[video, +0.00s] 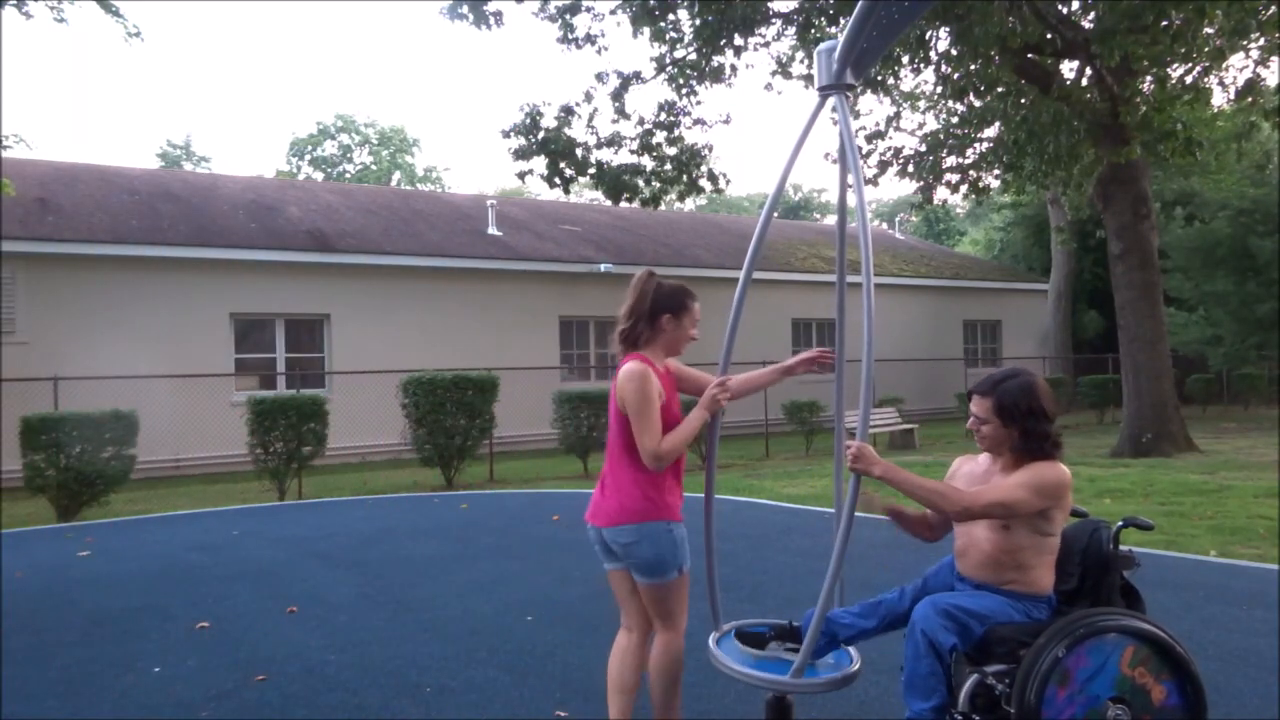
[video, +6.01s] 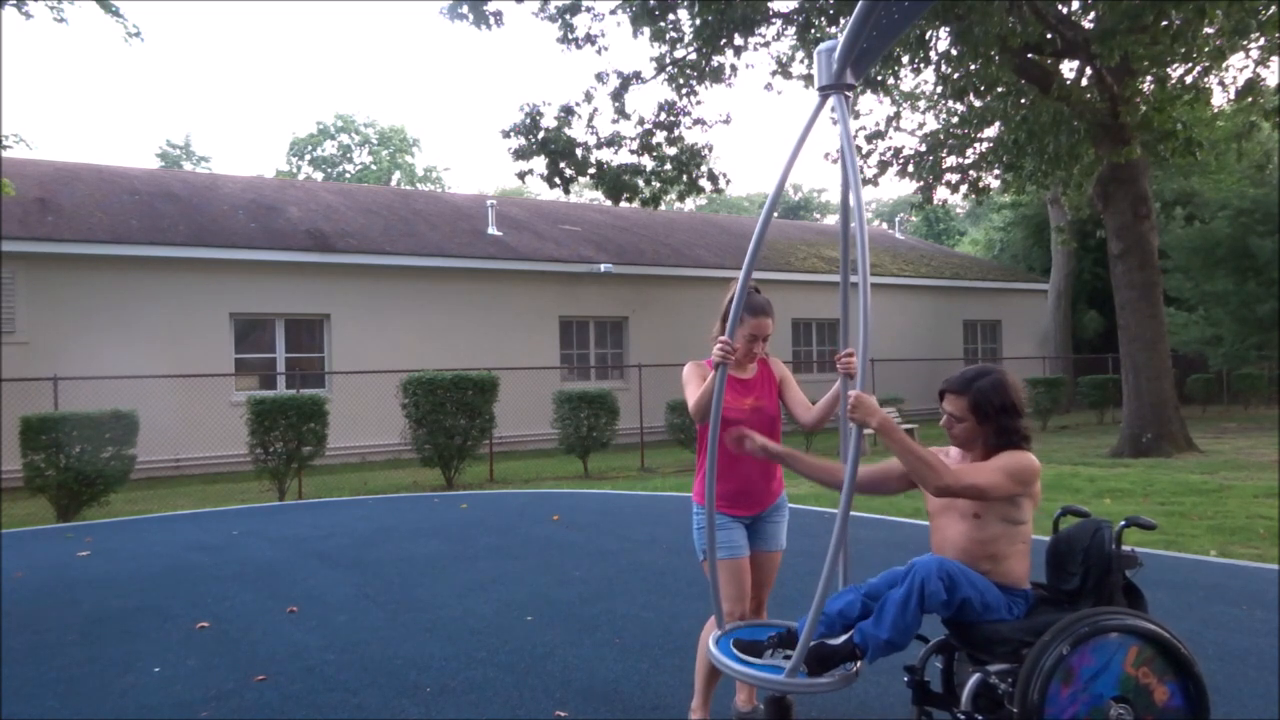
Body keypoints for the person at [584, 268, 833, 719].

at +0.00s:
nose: (697, 333)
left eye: (697, 323)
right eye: (692, 323)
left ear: (664, 323)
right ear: (665, 323)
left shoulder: (659, 367)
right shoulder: (639, 375)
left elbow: (722, 388)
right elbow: (655, 454)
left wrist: (786, 368)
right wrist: (703, 408)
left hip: (610, 515)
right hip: (649, 520)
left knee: (634, 627)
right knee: (669, 629)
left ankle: (617, 716)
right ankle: (667, 715)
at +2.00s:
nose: (756, 338)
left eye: (761, 330)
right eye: (748, 329)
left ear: (765, 326)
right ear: (720, 324)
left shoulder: (763, 366)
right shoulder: (690, 367)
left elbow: (805, 417)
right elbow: (693, 420)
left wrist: (843, 381)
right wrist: (718, 370)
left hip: (760, 507)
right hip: (707, 509)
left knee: (747, 608)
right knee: (706, 614)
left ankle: (746, 694)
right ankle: (697, 709)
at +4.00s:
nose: (747, 338)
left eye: (754, 330)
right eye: (740, 329)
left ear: (760, 327)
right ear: (716, 325)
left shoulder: (764, 365)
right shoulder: (690, 369)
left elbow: (808, 413)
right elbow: (695, 416)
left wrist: (847, 379)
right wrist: (719, 370)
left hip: (762, 506)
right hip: (710, 508)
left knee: (749, 609)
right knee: (710, 616)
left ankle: (746, 697)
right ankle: (698, 710)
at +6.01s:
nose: (760, 347)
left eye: (765, 338)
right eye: (752, 337)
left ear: (770, 332)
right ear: (727, 328)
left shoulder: (774, 367)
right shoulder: (698, 369)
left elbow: (811, 417)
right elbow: (698, 412)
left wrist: (842, 381)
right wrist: (719, 369)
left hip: (771, 504)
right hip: (718, 507)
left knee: (757, 611)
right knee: (732, 615)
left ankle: (746, 699)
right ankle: (699, 706)